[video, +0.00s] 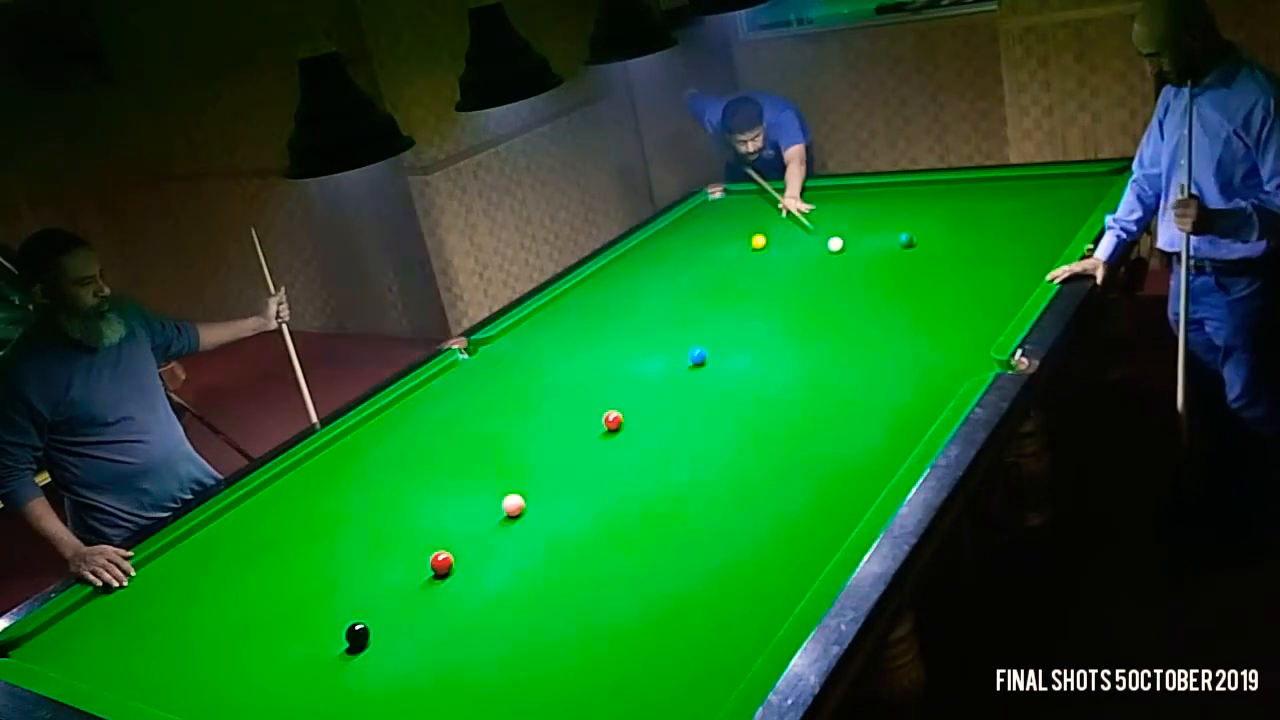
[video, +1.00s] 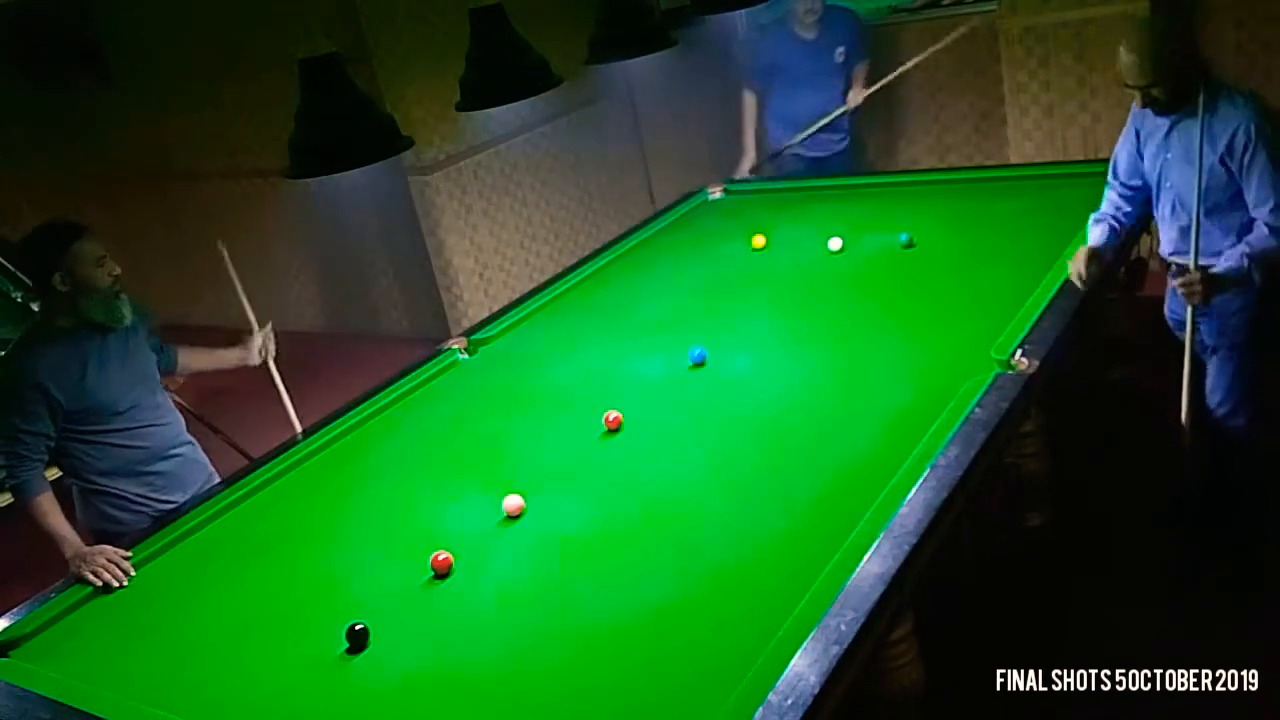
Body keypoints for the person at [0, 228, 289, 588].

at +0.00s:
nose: (102, 290)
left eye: (100, 277)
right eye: (84, 283)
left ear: (104, 272)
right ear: (44, 295)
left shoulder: (127, 320)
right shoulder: (24, 372)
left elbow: (185, 336)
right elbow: (13, 476)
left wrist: (261, 321)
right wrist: (75, 551)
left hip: (205, 503)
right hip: (130, 543)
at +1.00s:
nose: (116, 270)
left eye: (110, 260)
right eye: (99, 264)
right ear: (62, 282)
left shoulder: (127, 319)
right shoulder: (32, 363)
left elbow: (163, 359)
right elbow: (23, 470)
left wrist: (245, 354)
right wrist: (75, 550)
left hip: (203, 491)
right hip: (135, 530)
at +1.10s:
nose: (121, 264)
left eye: (114, 254)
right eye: (105, 259)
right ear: (69, 276)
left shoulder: (122, 313)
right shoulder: (42, 358)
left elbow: (157, 369)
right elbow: (28, 464)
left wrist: (239, 376)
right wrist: (80, 544)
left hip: (204, 487)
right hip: (143, 525)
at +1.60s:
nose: (175, 231)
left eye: (169, 221)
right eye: (161, 225)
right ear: (131, 241)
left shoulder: (154, 290)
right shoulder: (136, 301)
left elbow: (174, 363)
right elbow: (156, 398)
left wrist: (223, 352)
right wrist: (244, 431)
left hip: (227, 464)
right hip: (202, 480)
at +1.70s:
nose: (187, 221)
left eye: (182, 211)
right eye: (173, 214)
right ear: (144, 230)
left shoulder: (164, 279)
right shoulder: (153, 286)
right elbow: (173, 382)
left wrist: (224, 336)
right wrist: (258, 415)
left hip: (232, 446)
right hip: (215, 457)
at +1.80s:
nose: (201, 211)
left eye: (196, 201)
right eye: (187, 205)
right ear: (159, 218)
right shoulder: (170, 272)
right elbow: (188, 368)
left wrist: (228, 322)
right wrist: (271, 402)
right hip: (230, 434)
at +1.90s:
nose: (217, 205)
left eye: (211, 196)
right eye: (203, 199)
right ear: (176, 213)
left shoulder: (180, 260)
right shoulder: (187, 266)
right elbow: (203, 359)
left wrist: (237, 313)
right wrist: (282, 394)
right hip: (244, 428)